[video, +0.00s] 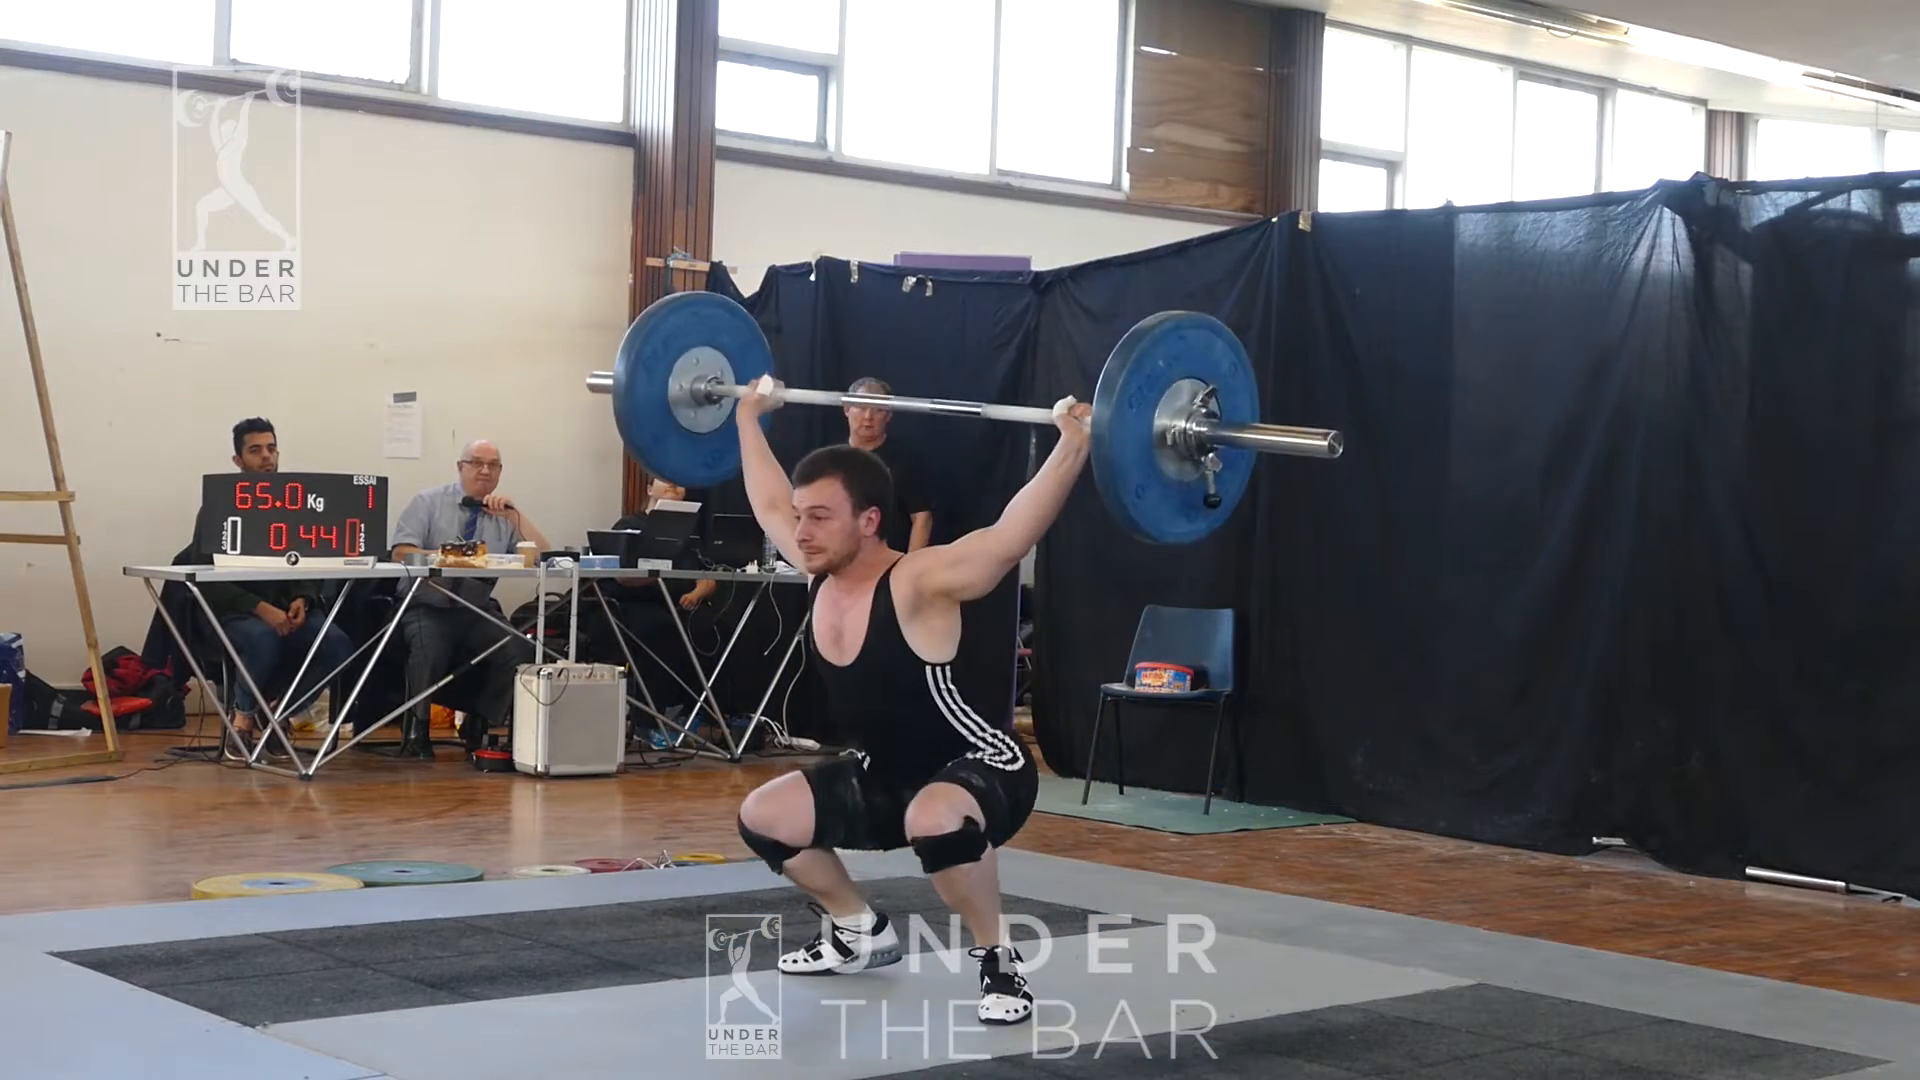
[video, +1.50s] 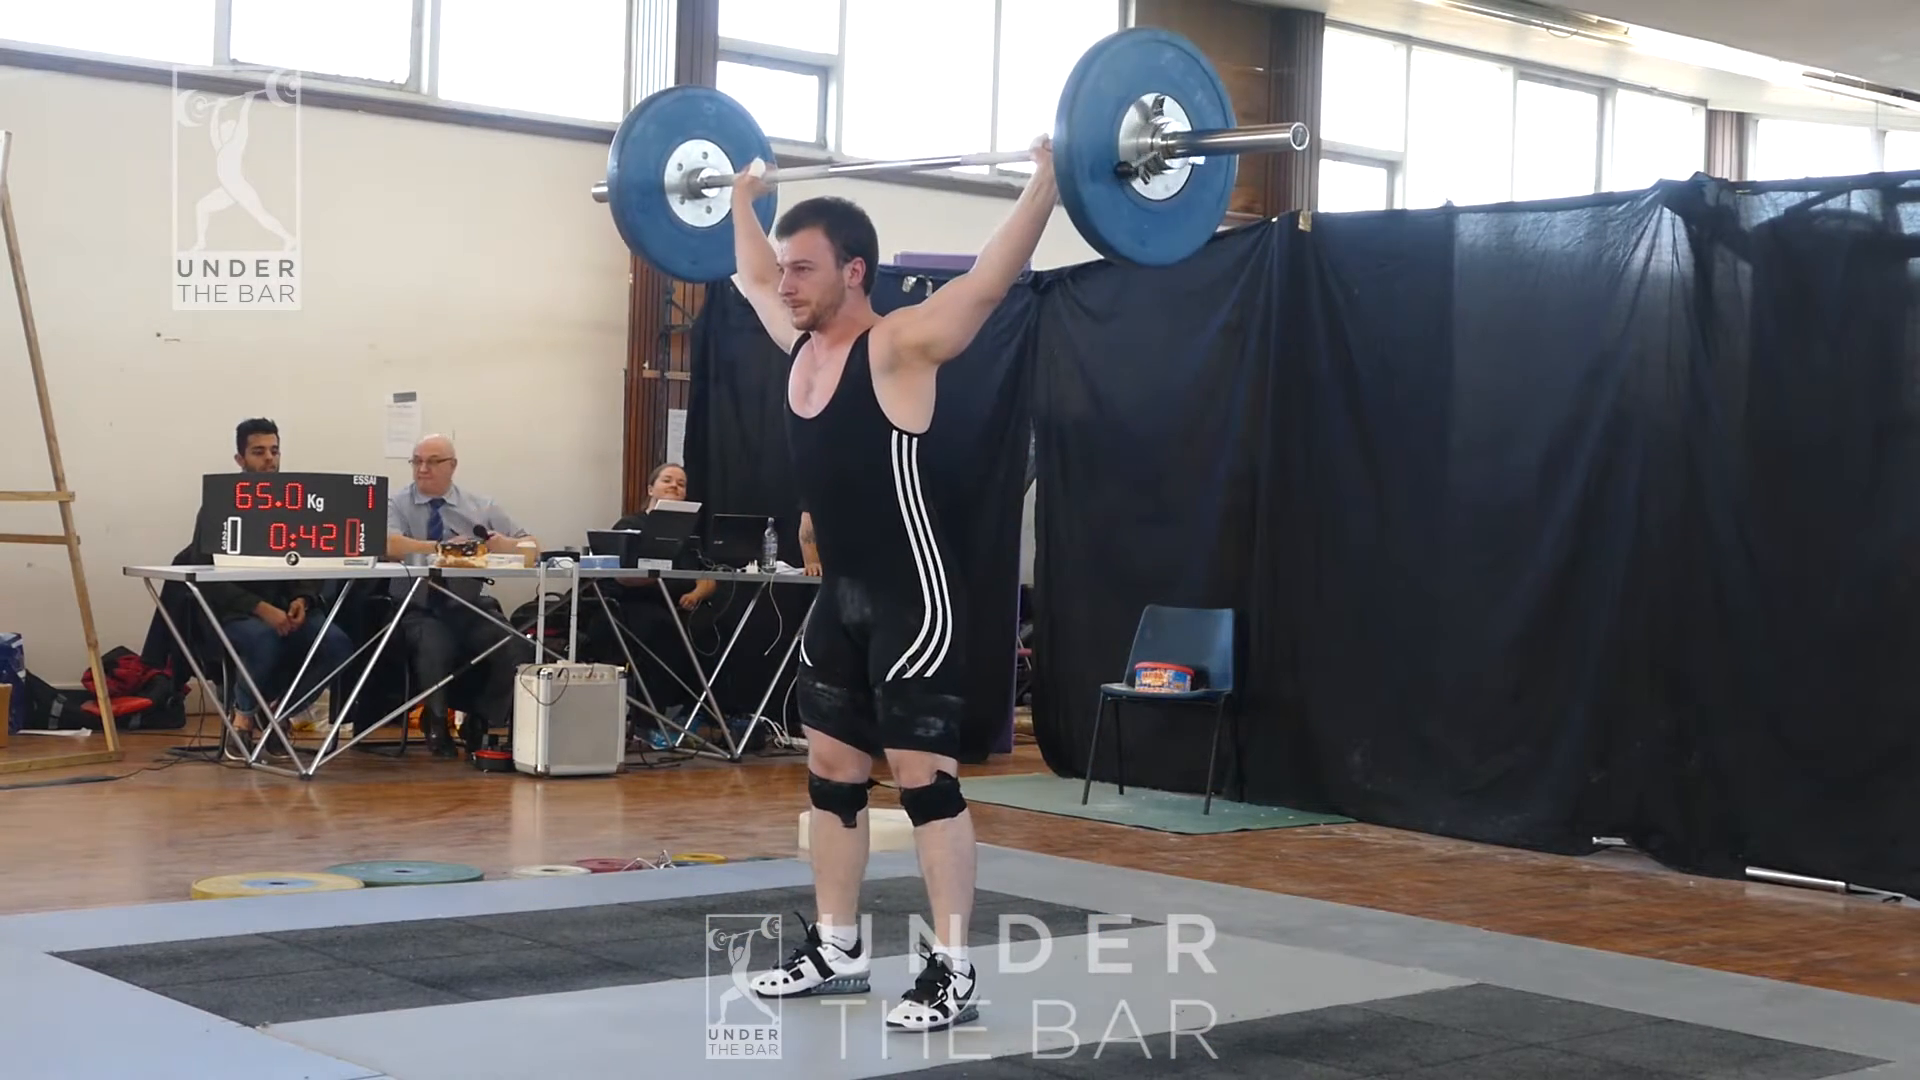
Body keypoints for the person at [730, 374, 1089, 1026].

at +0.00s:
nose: (804, 531)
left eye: (818, 517)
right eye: (800, 517)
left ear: (868, 520)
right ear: (797, 524)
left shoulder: (923, 579)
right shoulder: (823, 577)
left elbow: (1009, 537)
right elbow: (774, 509)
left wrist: (1072, 447)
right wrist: (748, 418)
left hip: (982, 767)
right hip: (886, 776)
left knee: (934, 819)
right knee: (764, 815)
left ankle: (997, 960)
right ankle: (860, 930)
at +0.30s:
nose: (799, 446)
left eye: (812, 431)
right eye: (795, 432)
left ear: (865, 430)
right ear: (793, 436)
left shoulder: (922, 491)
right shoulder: (819, 493)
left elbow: (1009, 448)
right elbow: (774, 417)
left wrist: (1070, 355)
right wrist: (753, 333)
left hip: (979, 696)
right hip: (890, 701)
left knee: (935, 805)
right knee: (786, 803)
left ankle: (997, 957)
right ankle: (859, 927)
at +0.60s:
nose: (793, 334)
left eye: (807, 319)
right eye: (788, 322)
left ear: (859, 318)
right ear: (796, 324)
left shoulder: (913, 384)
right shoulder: (818, 392)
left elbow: (999, 335)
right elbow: (773, 320)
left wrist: (1060, 241)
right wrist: (758, 235)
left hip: (958, 624)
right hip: (880, 622)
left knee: (948, 790)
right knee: (792, 763)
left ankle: (1001, 952)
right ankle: (832, 940)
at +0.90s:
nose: (774, 301)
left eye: (789, 286)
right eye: (770, 288)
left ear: (841, 285)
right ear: (776, 290)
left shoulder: (890, 353)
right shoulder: (794, 358)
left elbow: (975, 296)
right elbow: (752, 281)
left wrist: (1036, 202)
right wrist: (739, 197)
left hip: (906, 599)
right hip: (828, 601)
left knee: (907, 767)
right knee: (797, 767)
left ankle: (981, 938)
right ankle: (836, 949)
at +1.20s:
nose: (783, 288)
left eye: (797, 273)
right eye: (780, 275)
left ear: (849, 274)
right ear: (788, 277)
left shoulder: (899, 343)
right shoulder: (803, 349)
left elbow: (982, 284)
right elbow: (755, 280)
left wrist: (1039, 193)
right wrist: (742, 198)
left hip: (911, 596)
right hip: (834, 597)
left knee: (914, 772)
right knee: (816, 767)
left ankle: (949, 970)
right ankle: (838, 951)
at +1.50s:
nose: (788, 284)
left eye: (803, 268)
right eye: (784, 272)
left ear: (854, 270)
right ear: (788, 275)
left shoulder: (903, 341)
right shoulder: (805, 347)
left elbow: (985, 280)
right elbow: (756, 279)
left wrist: (1041, 188)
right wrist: (744, 199)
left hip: (916, 597)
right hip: (840, 597)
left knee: (921, 772)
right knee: (833, 766)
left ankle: (949, 968)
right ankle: (838, 951)